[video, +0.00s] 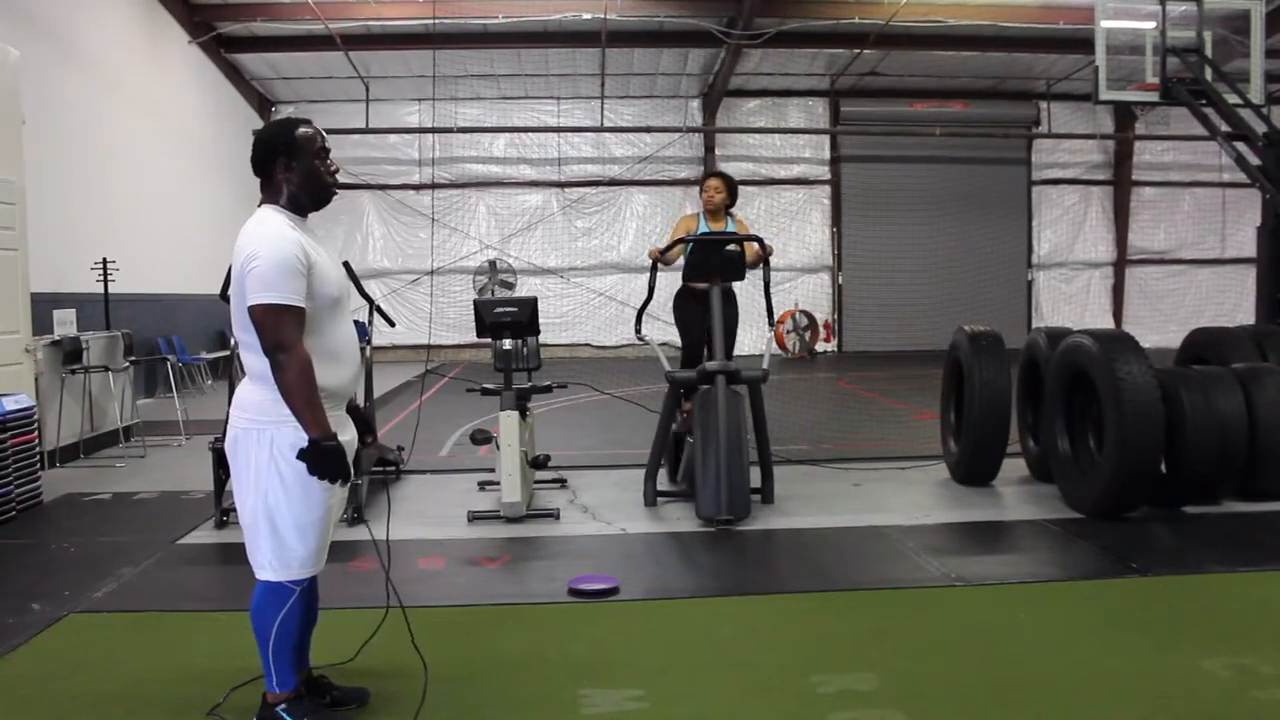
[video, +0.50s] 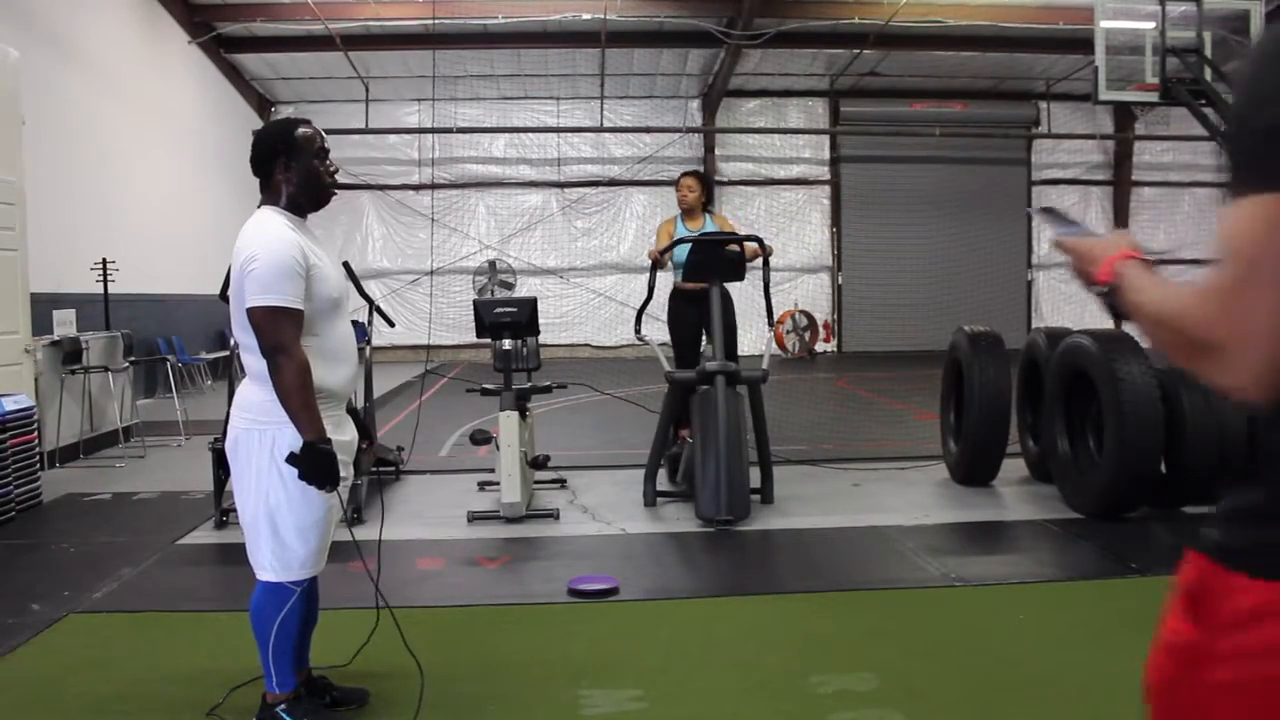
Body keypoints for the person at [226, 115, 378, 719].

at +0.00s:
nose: (335, 166)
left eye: (330, 155)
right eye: (321, 156)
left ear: (291, 171)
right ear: (286, 169)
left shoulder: (297, 237)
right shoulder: (272, 239)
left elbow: (318, 339)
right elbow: (281, 349)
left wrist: (352, 408)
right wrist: (320, 435)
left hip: (303, 428)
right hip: (278, 432)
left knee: (301, 565)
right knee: (284, 570)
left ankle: (298, 679)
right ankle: (280, 698)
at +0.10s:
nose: (334, 166)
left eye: (330, 155)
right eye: (320, 156)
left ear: (290, 171)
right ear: (285, 169)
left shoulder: (296, 237)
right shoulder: (271, 239)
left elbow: (317, 341)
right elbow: (281, 349)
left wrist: (352, 409)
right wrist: (318, 437)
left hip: (305, 426)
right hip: (279, 430)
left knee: (302, 565)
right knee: (285, 570)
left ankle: (298, 679)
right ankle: (280, 698)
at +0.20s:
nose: (333, 166)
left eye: (329, 155)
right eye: (320, 156)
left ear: (291, 171)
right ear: (285, 169)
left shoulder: (295, 237)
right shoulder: (271, 240)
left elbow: (316, 343)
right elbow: (281, 350)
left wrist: (352, 413)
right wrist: (317, 438)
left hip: (302, 427)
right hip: (279, 430)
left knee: (302, 565)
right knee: (285, 570)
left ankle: (298, 679)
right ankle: (281, 697)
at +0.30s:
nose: (333, 166)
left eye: (329, 155)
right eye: (320, 156)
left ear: (291, 171)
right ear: (285, 169)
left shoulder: (295, 237)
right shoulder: (271, 240)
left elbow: (314, 343)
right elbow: (281, 351)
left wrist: (351, 411)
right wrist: (315, 439)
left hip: (302, 427)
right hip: (279, 430)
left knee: (302, 565)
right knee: (285, 570)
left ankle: (298, 679)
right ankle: (281, 696)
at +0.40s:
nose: (333, 166)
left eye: (329, 155)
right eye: (320, 156)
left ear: (291, 171)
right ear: (285, 169)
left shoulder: (294, 237)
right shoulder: (271, 240)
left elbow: (313, 343)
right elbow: (280, 350)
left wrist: (351, 412)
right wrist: (314, 440)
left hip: (301, 427)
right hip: (278, 430)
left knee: (302, 565)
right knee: (285, 570)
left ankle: (298, 679)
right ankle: (281, 697)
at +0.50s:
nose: (333, 166)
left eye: (329, 155)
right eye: (320, 156)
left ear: (291, 171)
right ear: (285, 169)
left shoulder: (294, 237)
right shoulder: (271, 240)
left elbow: (313, 344)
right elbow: (280, 351)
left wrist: (351, 411)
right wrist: (315, 440)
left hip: (301, 427)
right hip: (278, 430)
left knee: (301, 565)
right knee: (285, 570)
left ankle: (298, 680)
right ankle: (282, 697)